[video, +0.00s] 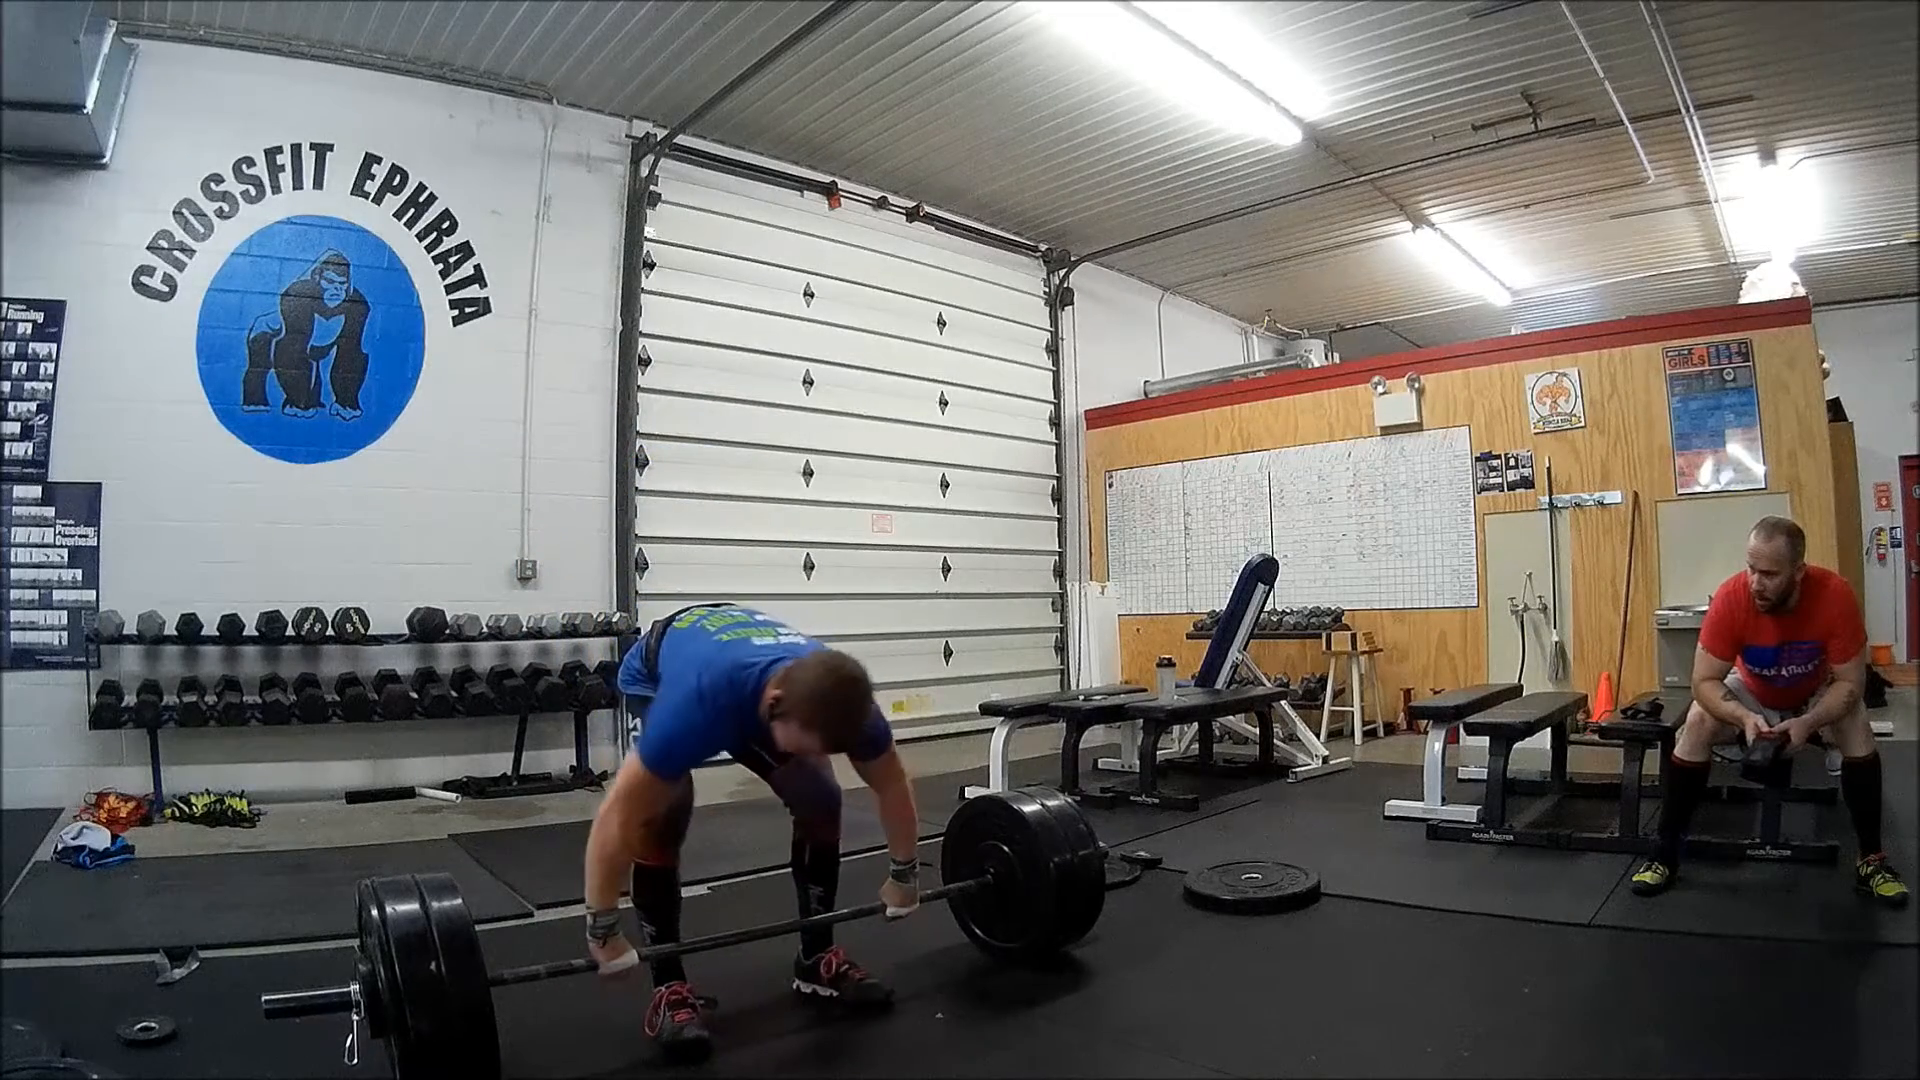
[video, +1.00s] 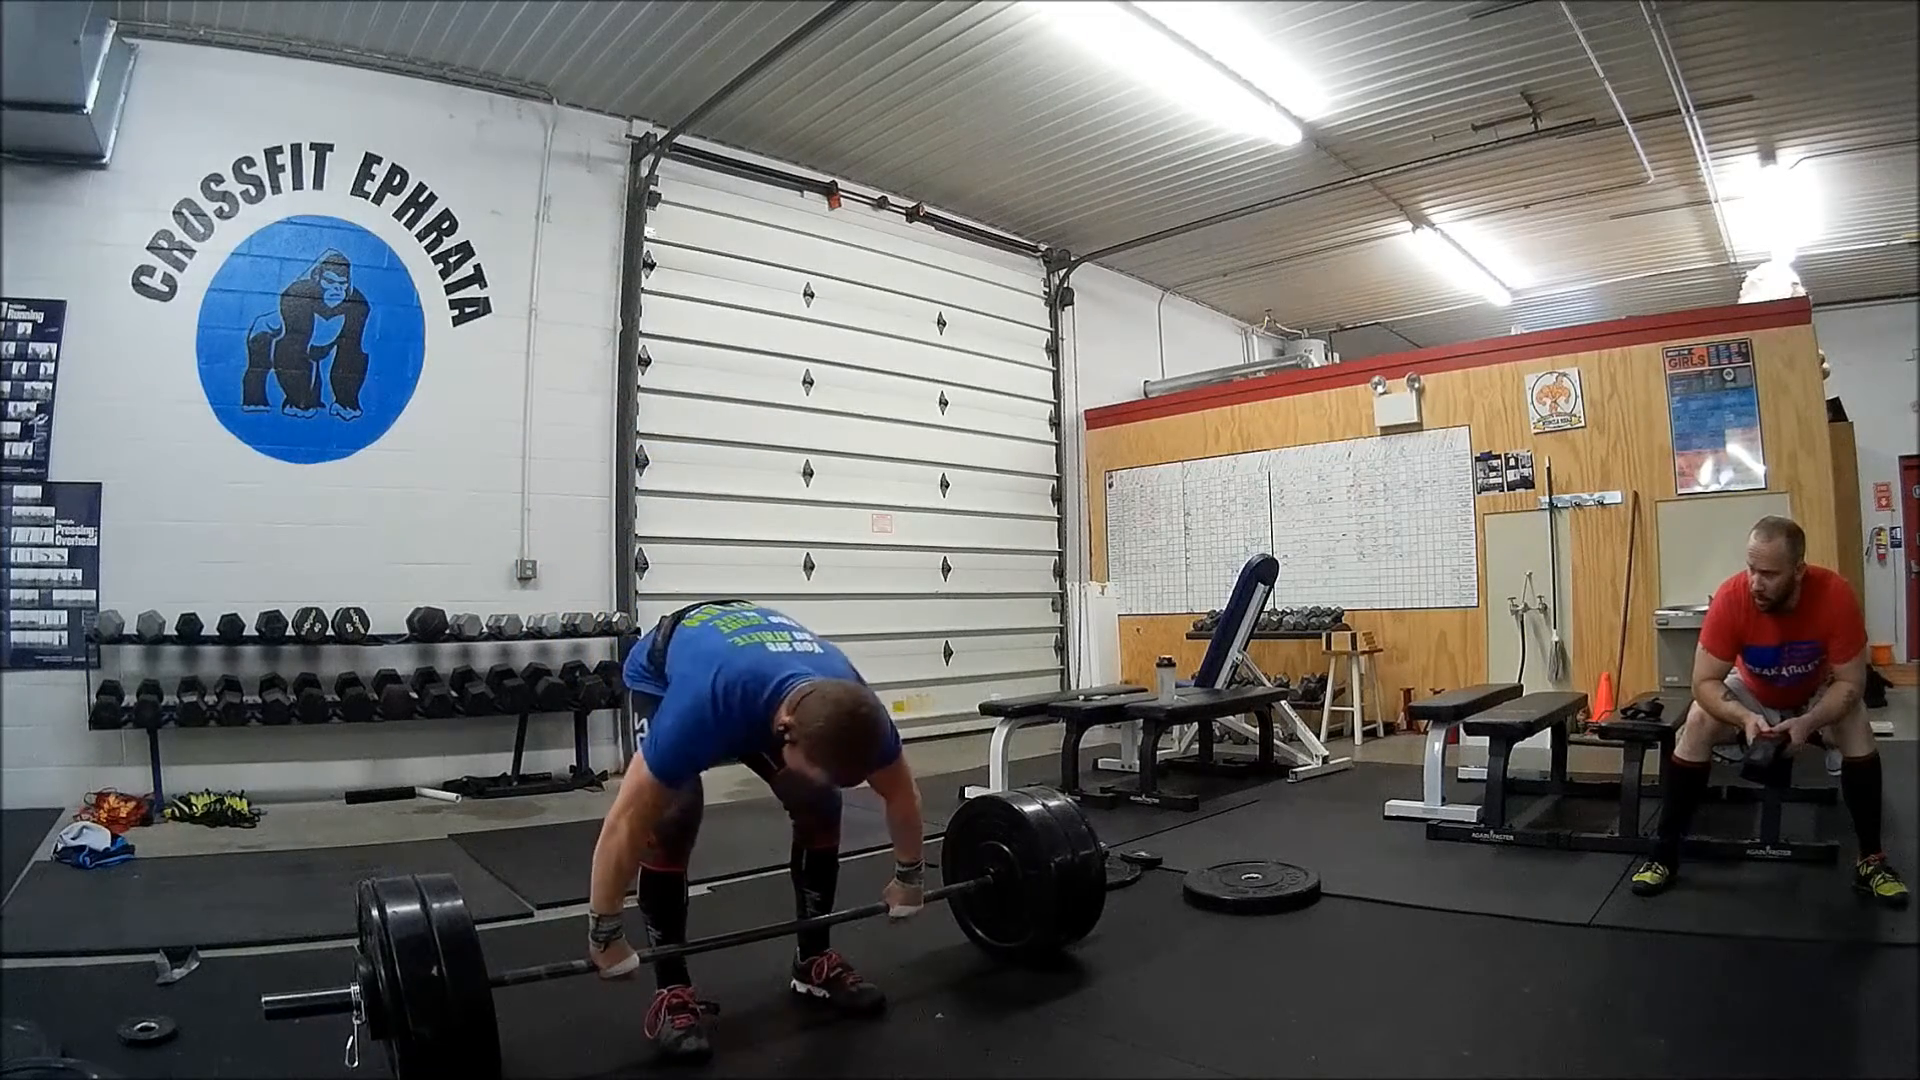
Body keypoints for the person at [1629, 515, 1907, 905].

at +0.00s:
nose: (1757, 584)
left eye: (1769, 575)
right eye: (1752, 570)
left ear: (1799, 569)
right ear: (1746, 561)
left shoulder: (1834, 596)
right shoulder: (1731, 598)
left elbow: (1850, 682)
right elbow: (1704, 683)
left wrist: (1808, 722)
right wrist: (1742, 718)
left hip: (1816, 695)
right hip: (1751, 694)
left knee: (1855, 723)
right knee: (1697, 721)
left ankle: (1871, 859)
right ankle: (1665, 857)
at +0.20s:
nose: (1757, 584)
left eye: (1769, 575)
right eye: (1752, 570)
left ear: (1799, 569)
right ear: (1746, 561)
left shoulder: (1834, 595)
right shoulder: (1731, 598)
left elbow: (1850, 682)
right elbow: (1704, 683)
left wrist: (1808, 722)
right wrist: (1743, 718)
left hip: (1816, 696)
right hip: (1751, 694)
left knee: (1855, 723)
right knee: (1697, 721)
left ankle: (1871, 859)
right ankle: (1665, 857)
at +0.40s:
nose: (1757, 584)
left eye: (1769, 575)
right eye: (1752, 570)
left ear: (1799, 569)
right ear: (1746, 561)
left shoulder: (1835, 596)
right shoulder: (1731, 598)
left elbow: (1850, 682)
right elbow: (1704, 683)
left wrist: (1808, 722)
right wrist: (1743, 718)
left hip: (1816, 696)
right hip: (1751, 694)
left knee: (1855, 723)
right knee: (1697, 721)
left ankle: (1871, 860)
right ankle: (1665, 857)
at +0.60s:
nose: (1757, 584)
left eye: (1769, 575)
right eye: (1752, 570)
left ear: (1799, 569)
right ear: (1746, 561)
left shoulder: (1834, 596)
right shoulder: (1731, 598)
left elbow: (1850, 682)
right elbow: (1704, 683)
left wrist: (1809, 722)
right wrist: (1743, 718)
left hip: (1816, 696)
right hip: (1751, 694)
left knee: (1855, 724)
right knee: (1697, 722)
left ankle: (1871, 860)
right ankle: (1664, 857)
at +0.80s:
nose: (1757, 584)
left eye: (1769, 575)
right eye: (1752, 570)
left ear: (1799, 569)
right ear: (1747, 561)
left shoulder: (1834, 596)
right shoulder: (1731, 598)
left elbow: (1850, 682)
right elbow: (1704, 683)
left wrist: (1809, 722)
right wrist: (1743, 718)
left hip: (1816, 696)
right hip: (1751, 694)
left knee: (1855, 724)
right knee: (1697, 722)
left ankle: (1871, 860)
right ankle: (1664, 856)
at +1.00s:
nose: (1756, 584)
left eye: (1769, 575)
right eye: (1752, 570)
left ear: (1799, 569)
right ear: (1746, 562)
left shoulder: (1834, 595)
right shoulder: (1731, 598)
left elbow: (1850, 682)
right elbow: (1704, 683)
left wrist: (1808, 722)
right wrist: (1743, 718)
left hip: (1816, 695)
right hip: (1752, 694)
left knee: (1855, 723)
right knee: (1697, 721)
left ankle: (1871, 860)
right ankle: (1664, 857)